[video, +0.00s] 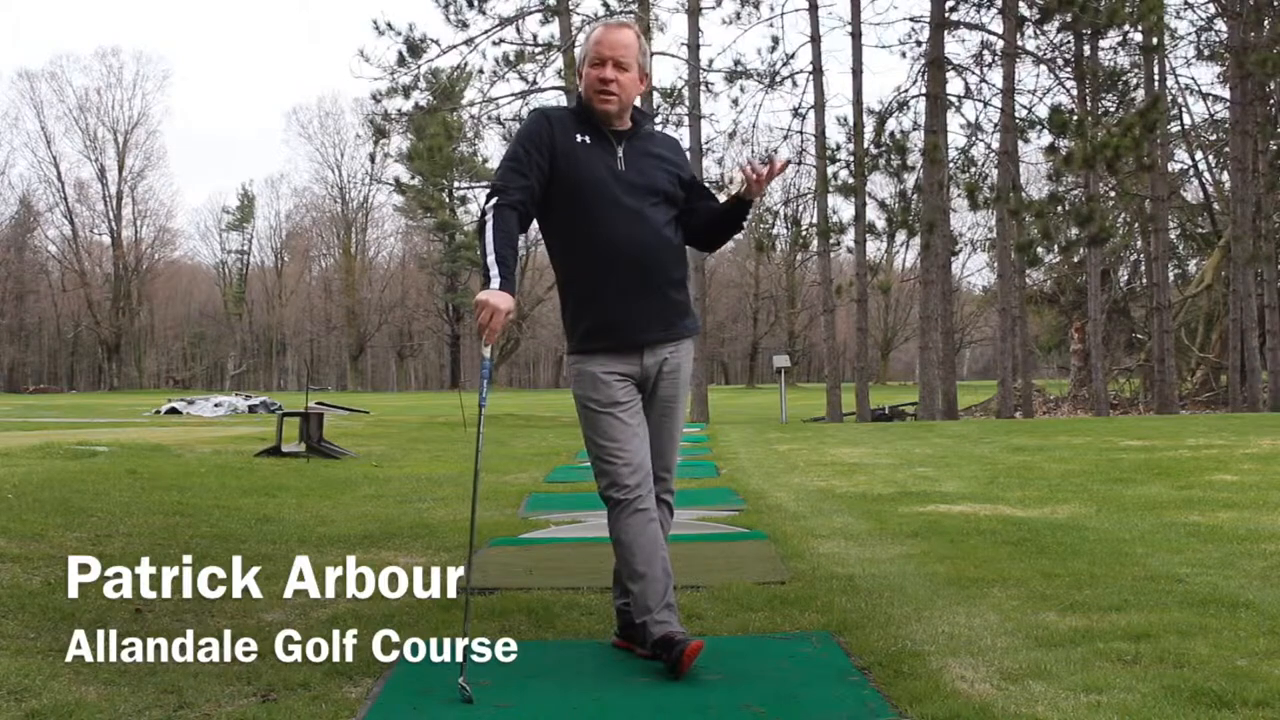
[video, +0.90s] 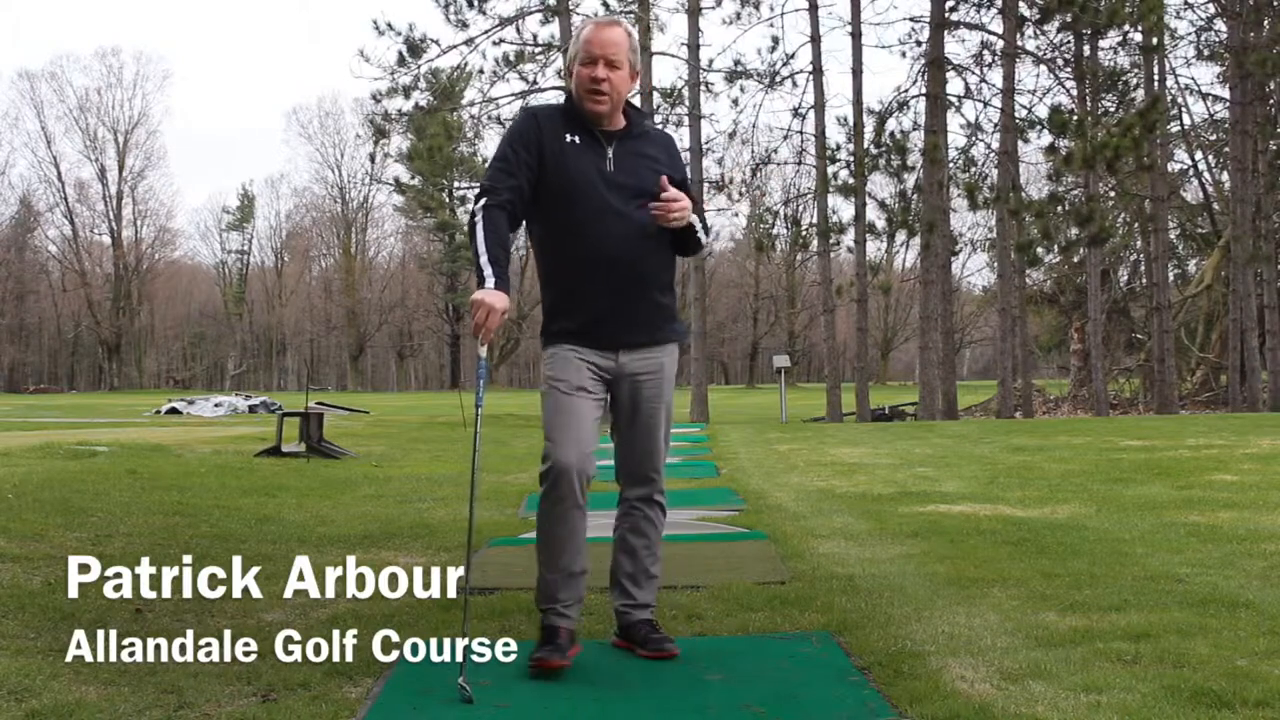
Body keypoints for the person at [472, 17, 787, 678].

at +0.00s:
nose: (607, 75)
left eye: (620, 66)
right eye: (598, 63)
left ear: (642, 80)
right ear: (580, 71)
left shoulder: (664, 149)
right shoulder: (549, 129)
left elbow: (704, 233)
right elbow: (508, 205)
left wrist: (742, 198)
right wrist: (500, 283)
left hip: (672, 342)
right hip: (600, 348)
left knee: (657, 490)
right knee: (628, 488)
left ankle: (634, 620)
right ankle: (663, 627)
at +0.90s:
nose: (597, 74)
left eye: (611, 64)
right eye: (587, 62)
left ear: (633, 76)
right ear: (569, 70)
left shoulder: (657, 142)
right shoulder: (538, 127)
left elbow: (690, 243)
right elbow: (495, 205)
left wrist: (687, 221)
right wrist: (494, 282)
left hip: (651, 341)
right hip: (571, 340)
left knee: (645, 484)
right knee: (566, 467)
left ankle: (637, 616)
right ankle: (558, 623)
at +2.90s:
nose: (545, 67)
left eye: (557, 58)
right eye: (533, 52)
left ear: (565, 68)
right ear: (500, 57)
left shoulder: (587, 134)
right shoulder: (455, 139)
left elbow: (637, 212)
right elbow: (427, 239)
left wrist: (661, 169)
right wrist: (432, 332)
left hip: (578, 340)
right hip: (497, 346)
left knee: (594, 492)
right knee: (516, 496)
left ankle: (608, 627)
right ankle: (527, 630)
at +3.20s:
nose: (544, 68)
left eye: (554, 58)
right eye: (531, 55)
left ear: (563, 66)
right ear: (496, 59)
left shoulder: (582, 132)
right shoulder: (451, 141)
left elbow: (622, 206)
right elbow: (426, 246)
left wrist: (637, 240)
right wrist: (430, 339)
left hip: (577, 341)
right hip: (494, 346)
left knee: (594, 493)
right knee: (514, 496)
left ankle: (608, 628)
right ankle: (527, 631)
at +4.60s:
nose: (554, 59)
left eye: (567, 50)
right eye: (542, 46)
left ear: (581, 65)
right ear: (515, 54)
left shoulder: (607, 135)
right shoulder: (471, 137)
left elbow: (680, 191)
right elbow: (438, 237)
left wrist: (660, 154)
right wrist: (443, 334)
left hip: (595, 341)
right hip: (513, 346)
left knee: (620, 489)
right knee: (523, 495)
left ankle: (643, 629)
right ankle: (529, 632)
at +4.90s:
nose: (597, 57)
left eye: (611, 50)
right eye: (587, 43)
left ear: (623, 66)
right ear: (559, 50)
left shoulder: (649, 137)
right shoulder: (510, 132)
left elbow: (720, 181)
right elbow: (473, 234)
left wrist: (741, 140)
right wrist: (476, 328)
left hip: (629, 344)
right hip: (545, 345)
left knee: (636, 494)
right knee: (539, 495)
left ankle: (644, 628)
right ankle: (530, 630)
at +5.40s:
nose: (643, 56)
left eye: (658, 48)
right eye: (634, 44)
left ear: (676, 65)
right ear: (611, 53)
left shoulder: (701, 140)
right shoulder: (564, 129)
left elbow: (776, 179)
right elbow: (523, 227)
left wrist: (840, 149)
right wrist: (515, 319)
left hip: (666, 347)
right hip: (583, 343)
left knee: (655, 496)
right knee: (566, 494)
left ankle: (645, 629)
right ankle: (553, 632)